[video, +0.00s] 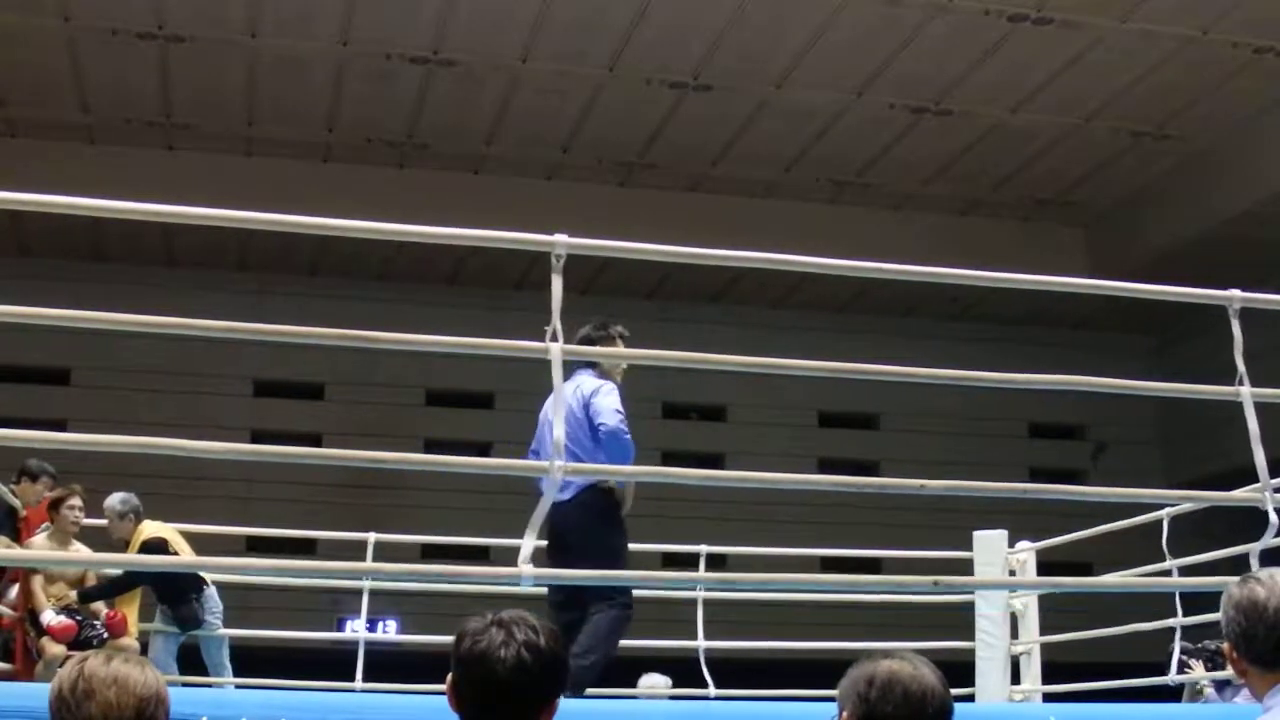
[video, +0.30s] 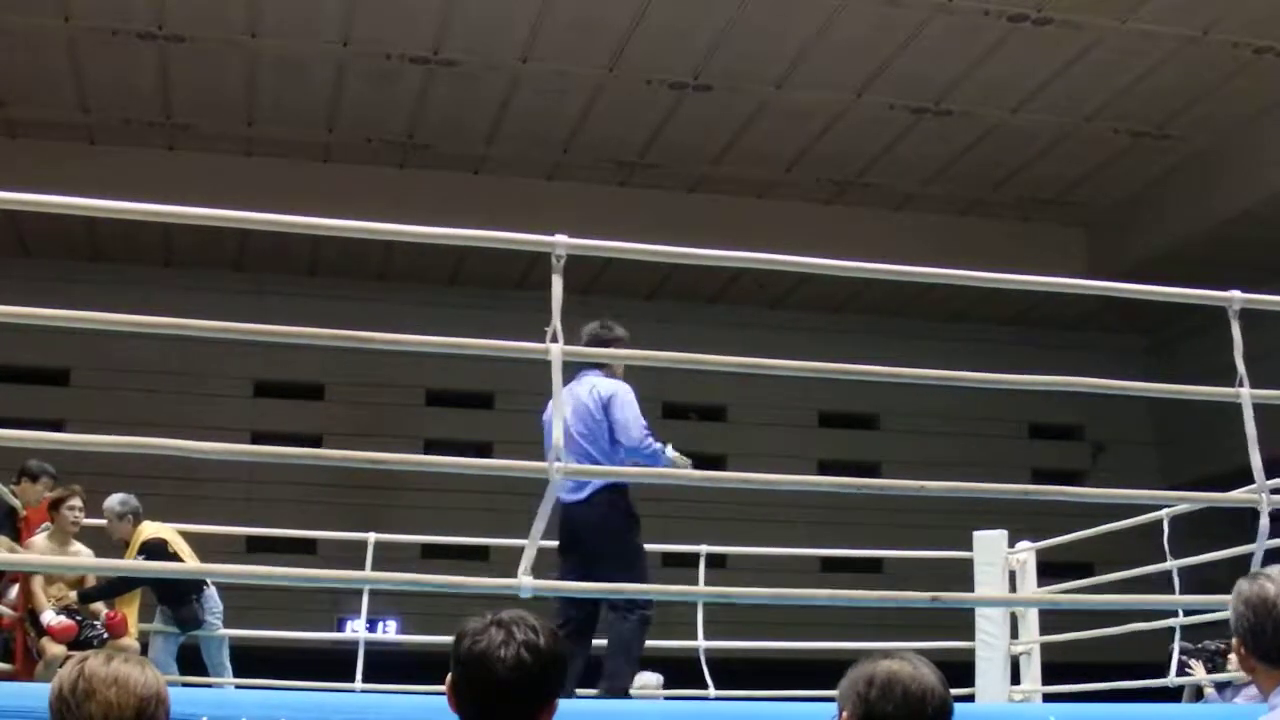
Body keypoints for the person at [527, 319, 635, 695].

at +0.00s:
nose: (625, 361)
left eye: (625, 353)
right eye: (620, 353)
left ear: (584, 356)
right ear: (600, 354)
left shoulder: (555, 398)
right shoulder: (600, 387)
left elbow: (534, 458)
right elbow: (611, 430)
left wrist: (555, 492)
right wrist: (626, 485)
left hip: (558, 508)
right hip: (592, 503)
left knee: (566, 602)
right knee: (614, 601)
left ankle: (551, 686)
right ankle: (572, 687)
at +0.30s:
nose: (626, 361)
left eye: (625, 354)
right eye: (623, 354)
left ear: (586, 354)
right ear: (613, 356)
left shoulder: (557, 402)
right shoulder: (616, 390)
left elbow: (555, 459)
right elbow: (635, 443)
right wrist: (669, 457)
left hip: (570, 512)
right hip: (608, 509)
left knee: (575, 605)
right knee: (631, 602)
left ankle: (557, 692)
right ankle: (614, 693)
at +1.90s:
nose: (657, 356)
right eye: (659, 352)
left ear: (623, 351)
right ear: (660, 355)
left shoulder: (592, 399)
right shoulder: (670, 399)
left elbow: (589, 453)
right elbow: (688, 456)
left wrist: (611, 477)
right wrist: (668, 484)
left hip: (606, 515)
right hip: (651, 514)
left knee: (598, 604)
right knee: (643, 606)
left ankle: (586, 696)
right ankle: (632, 696)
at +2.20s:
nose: (655, 358)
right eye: (660, 352)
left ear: (622, 353)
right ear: (659, 356)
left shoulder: (591, 401)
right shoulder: (672, 401)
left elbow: (568, 465)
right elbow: (691, 467)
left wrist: (553, 522)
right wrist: (709, 524)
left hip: (609, 518)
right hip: (653, 517)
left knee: (600, 607)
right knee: (644, 608)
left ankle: (587, 698)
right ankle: (632, 699)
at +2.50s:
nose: (659, 364)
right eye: (661, 358)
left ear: (623, 357)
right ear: (660, 360)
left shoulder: (591, 402)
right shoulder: (674, 400)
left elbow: (573, 462)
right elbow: (691, 457)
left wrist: (565, 517)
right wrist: (704, 511)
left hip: (610, 519)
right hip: (655, 518)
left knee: (599, 608)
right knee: (647, 609)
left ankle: (587, 698)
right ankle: (633, 699)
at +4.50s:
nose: (674, 362)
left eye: (672, 355)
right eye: (673, 356)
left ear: (634, 354)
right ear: (667, 357)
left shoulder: (597, 400)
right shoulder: (668, 396)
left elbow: (565, 456)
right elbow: (713, 426)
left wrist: (556, 516)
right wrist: (770, 401)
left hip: (610, 516)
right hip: (654, 515)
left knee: (600, 608)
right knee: (646, 608)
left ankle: (587, 699)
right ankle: (631, 700)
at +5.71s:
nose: (660, 360)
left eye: (655, 354)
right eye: (658, 354)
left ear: (615, 359)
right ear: (652, 360)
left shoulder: (592, 409)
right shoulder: (670, 407)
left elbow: (600, 458)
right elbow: (694, 467)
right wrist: (698, 445)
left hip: (611, 524)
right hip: (657, 520)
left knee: (626, 609)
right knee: (681, 603)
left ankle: (635, 699)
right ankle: (645, 665)